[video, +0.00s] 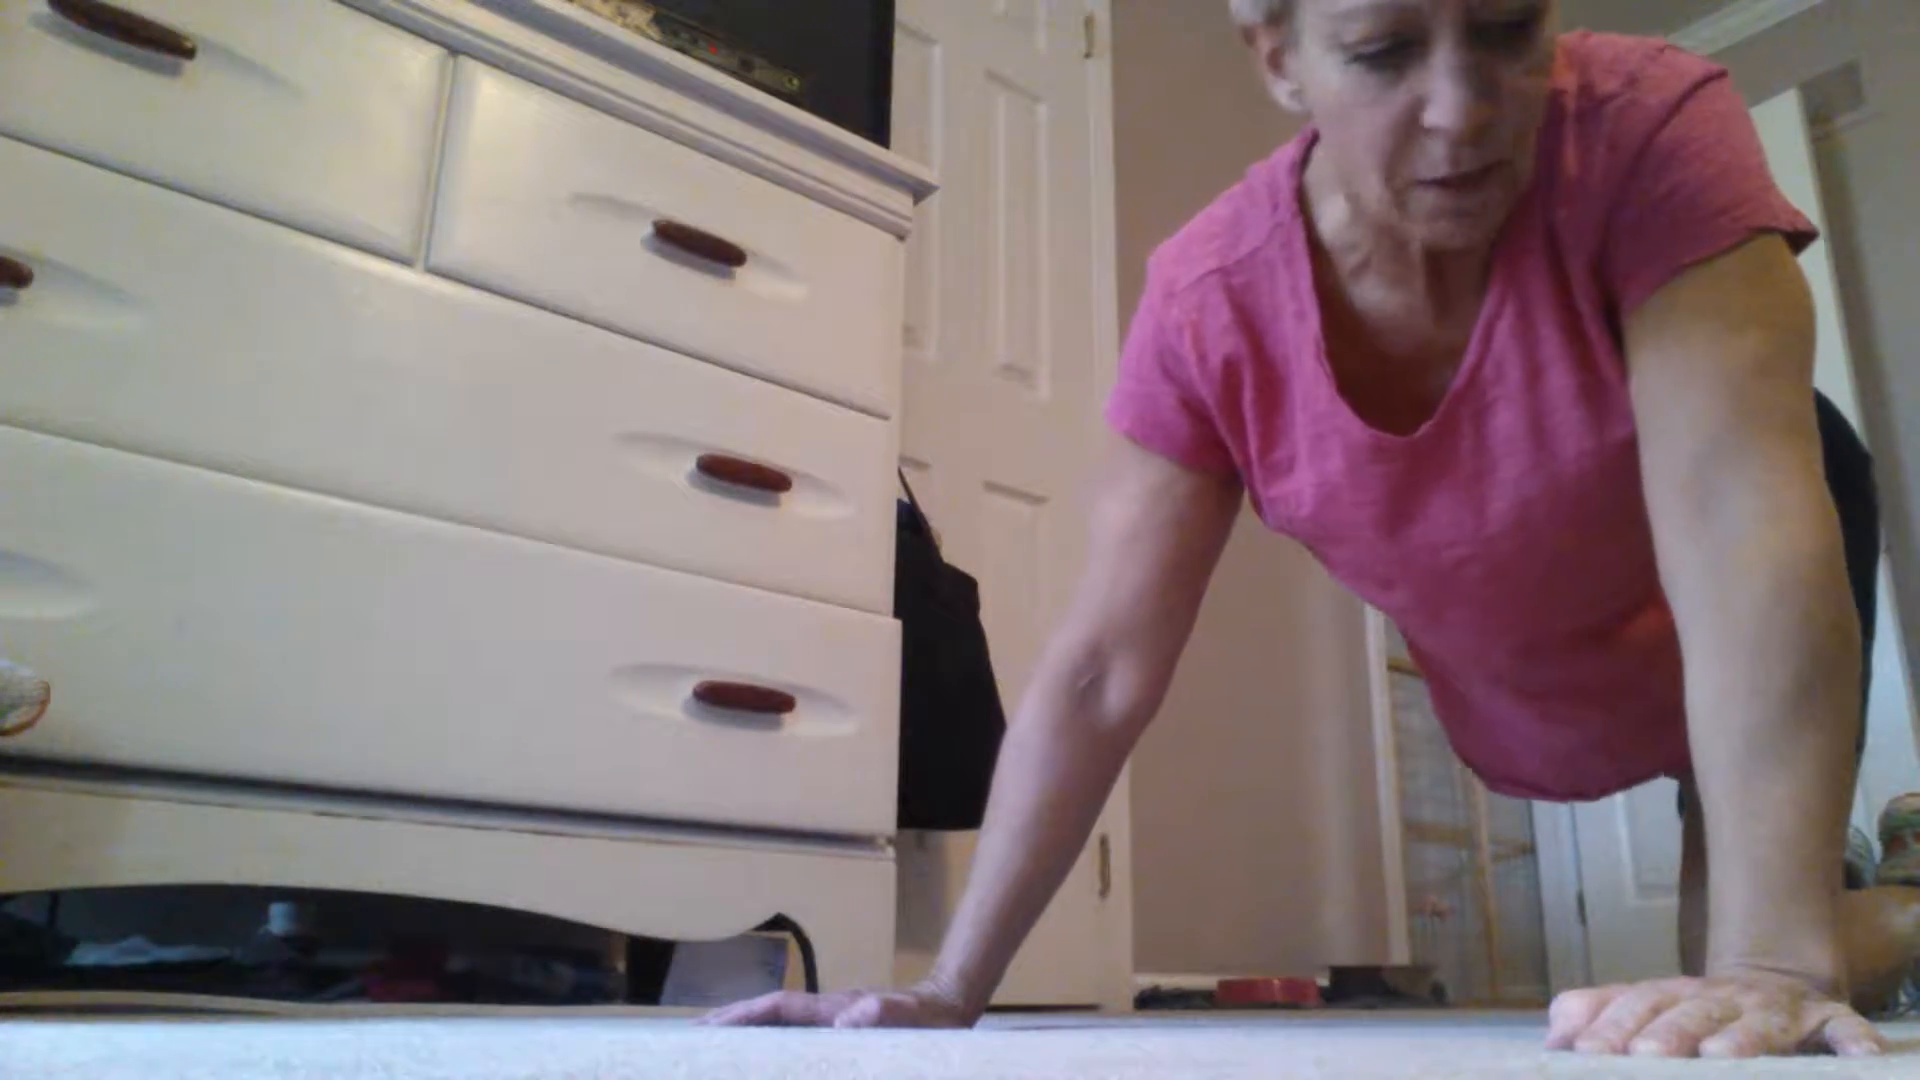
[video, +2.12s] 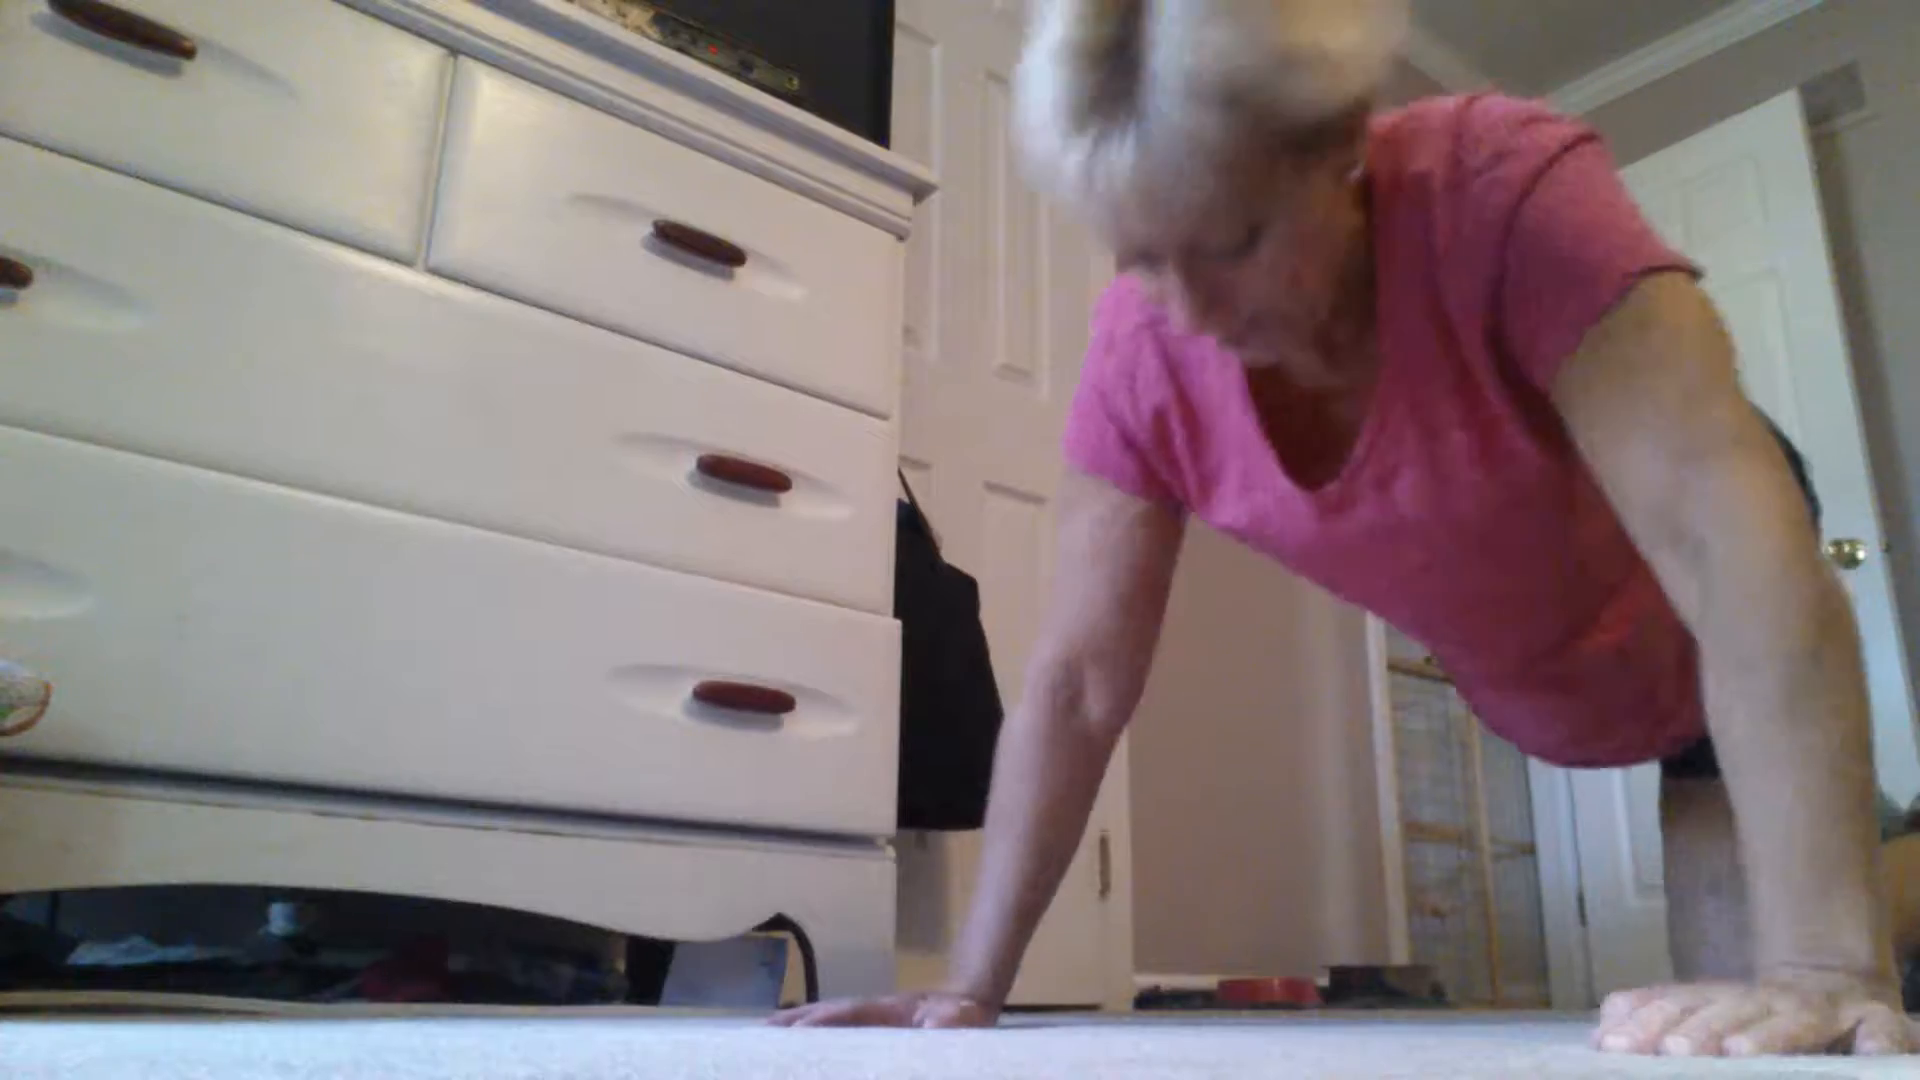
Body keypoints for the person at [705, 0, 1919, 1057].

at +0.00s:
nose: (1458, 113)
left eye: (1503, 38)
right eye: (1385, 53)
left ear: (1552, 28)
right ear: (1275, 61)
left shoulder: (1654, 127)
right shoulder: (1213, 295)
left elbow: (1745, 515)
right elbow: (1098, 674)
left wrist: (1771, 963)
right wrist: (955, 979)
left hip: (1752, 576)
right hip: (1560, 674)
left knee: (1775, 929)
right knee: (1762, 927)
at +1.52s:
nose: (1350, 169)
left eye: (1394, 87)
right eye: (1280, 112)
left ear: (1466, 62)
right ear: (1205, 118)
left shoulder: (1586, 167)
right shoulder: (1177, 327)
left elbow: (1718, 536)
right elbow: (1081, 688)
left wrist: (1766, 966)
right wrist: (954, 982)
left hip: (1732, 600)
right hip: (1542, 707)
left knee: (1784, 942)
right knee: (1773, 933)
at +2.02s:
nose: (1207, 218)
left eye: (1250, 150)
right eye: (1162, 165)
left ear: (1381, 85)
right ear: (1128, 153)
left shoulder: (1538, 169)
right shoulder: (1170, 333)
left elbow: (1750, 518)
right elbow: (1083, 665)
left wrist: (1811, 968)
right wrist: (966, 985)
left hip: (1765, 636)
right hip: (1634, 718)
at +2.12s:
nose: (1195, 302)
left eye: (1232, 248)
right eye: (1152, 261)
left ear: (1343, 162)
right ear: (1111, 228)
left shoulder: (1501, 195)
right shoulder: (1142, 349)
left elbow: (1731, 518)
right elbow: (1080, 678)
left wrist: (1820, 976)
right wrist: (966, 991)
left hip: (1754, 621)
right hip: (1641, 703)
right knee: (1729, 1016)